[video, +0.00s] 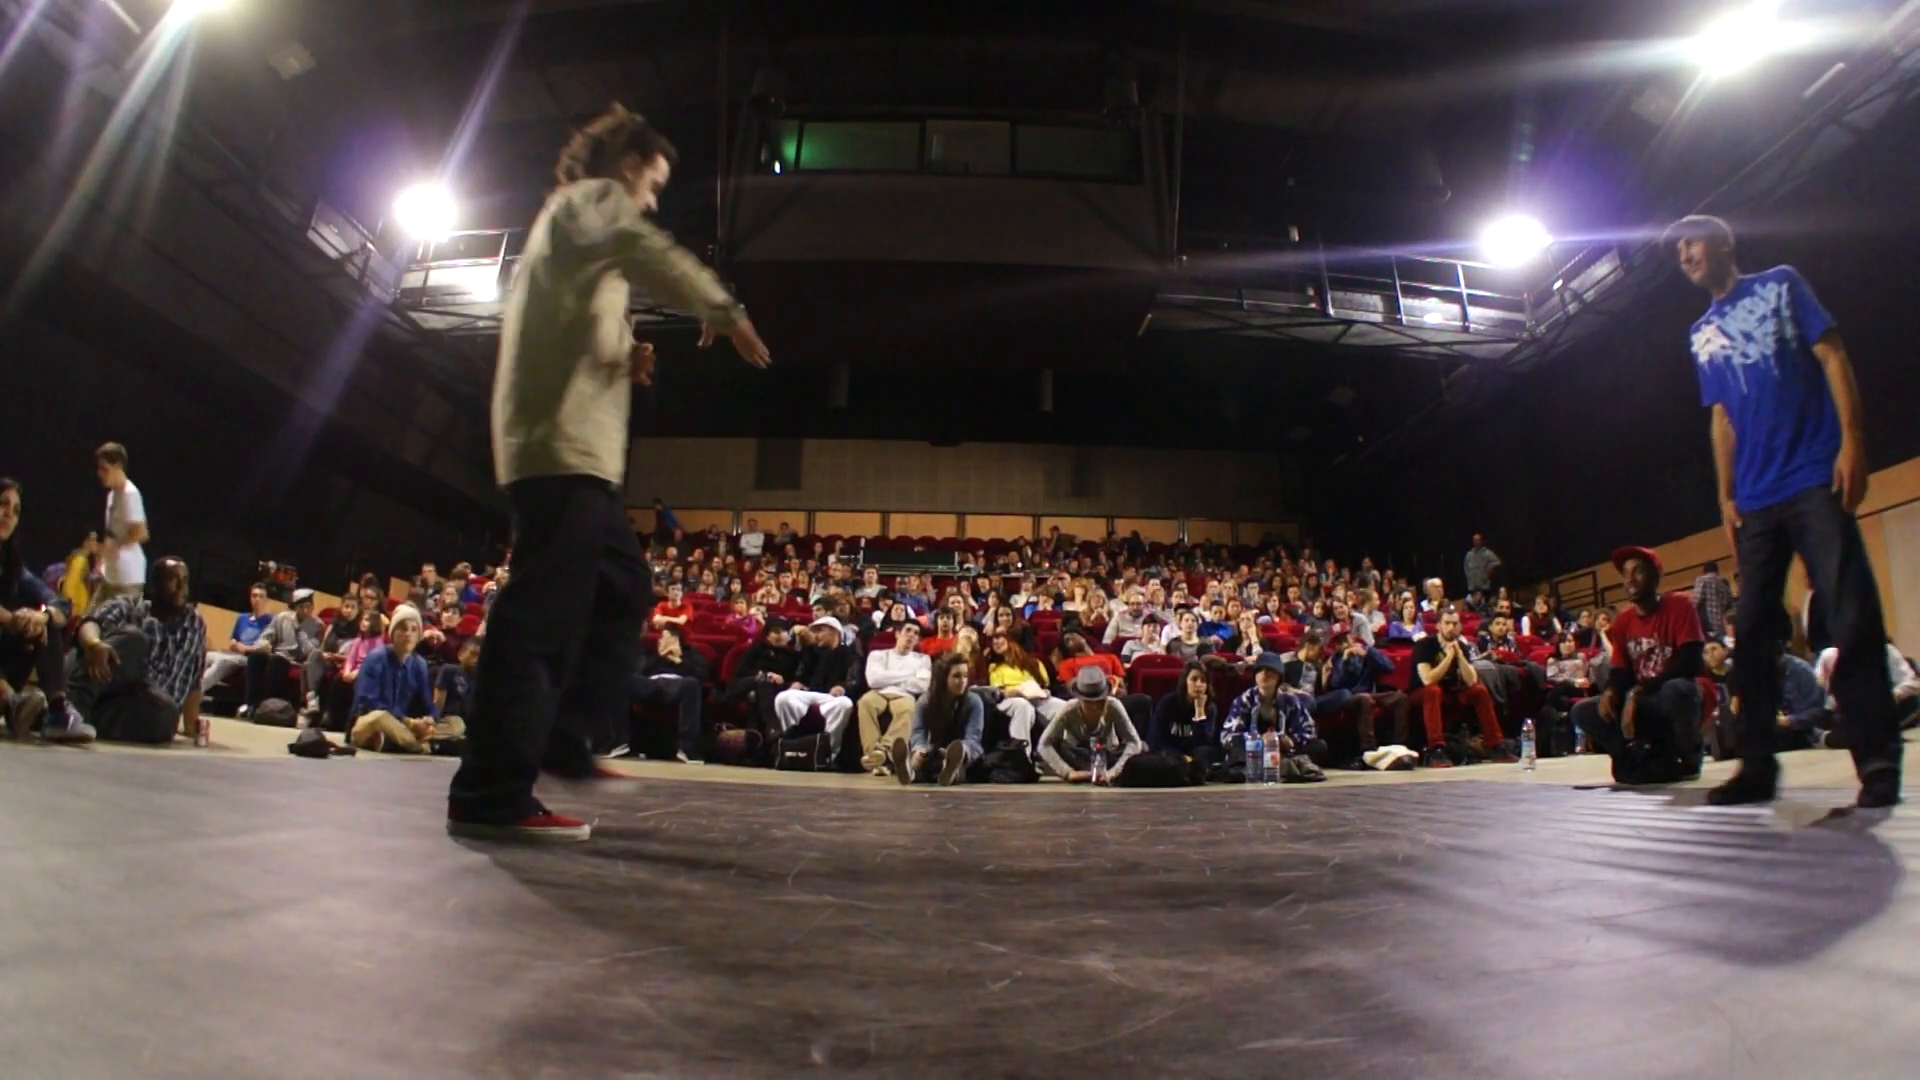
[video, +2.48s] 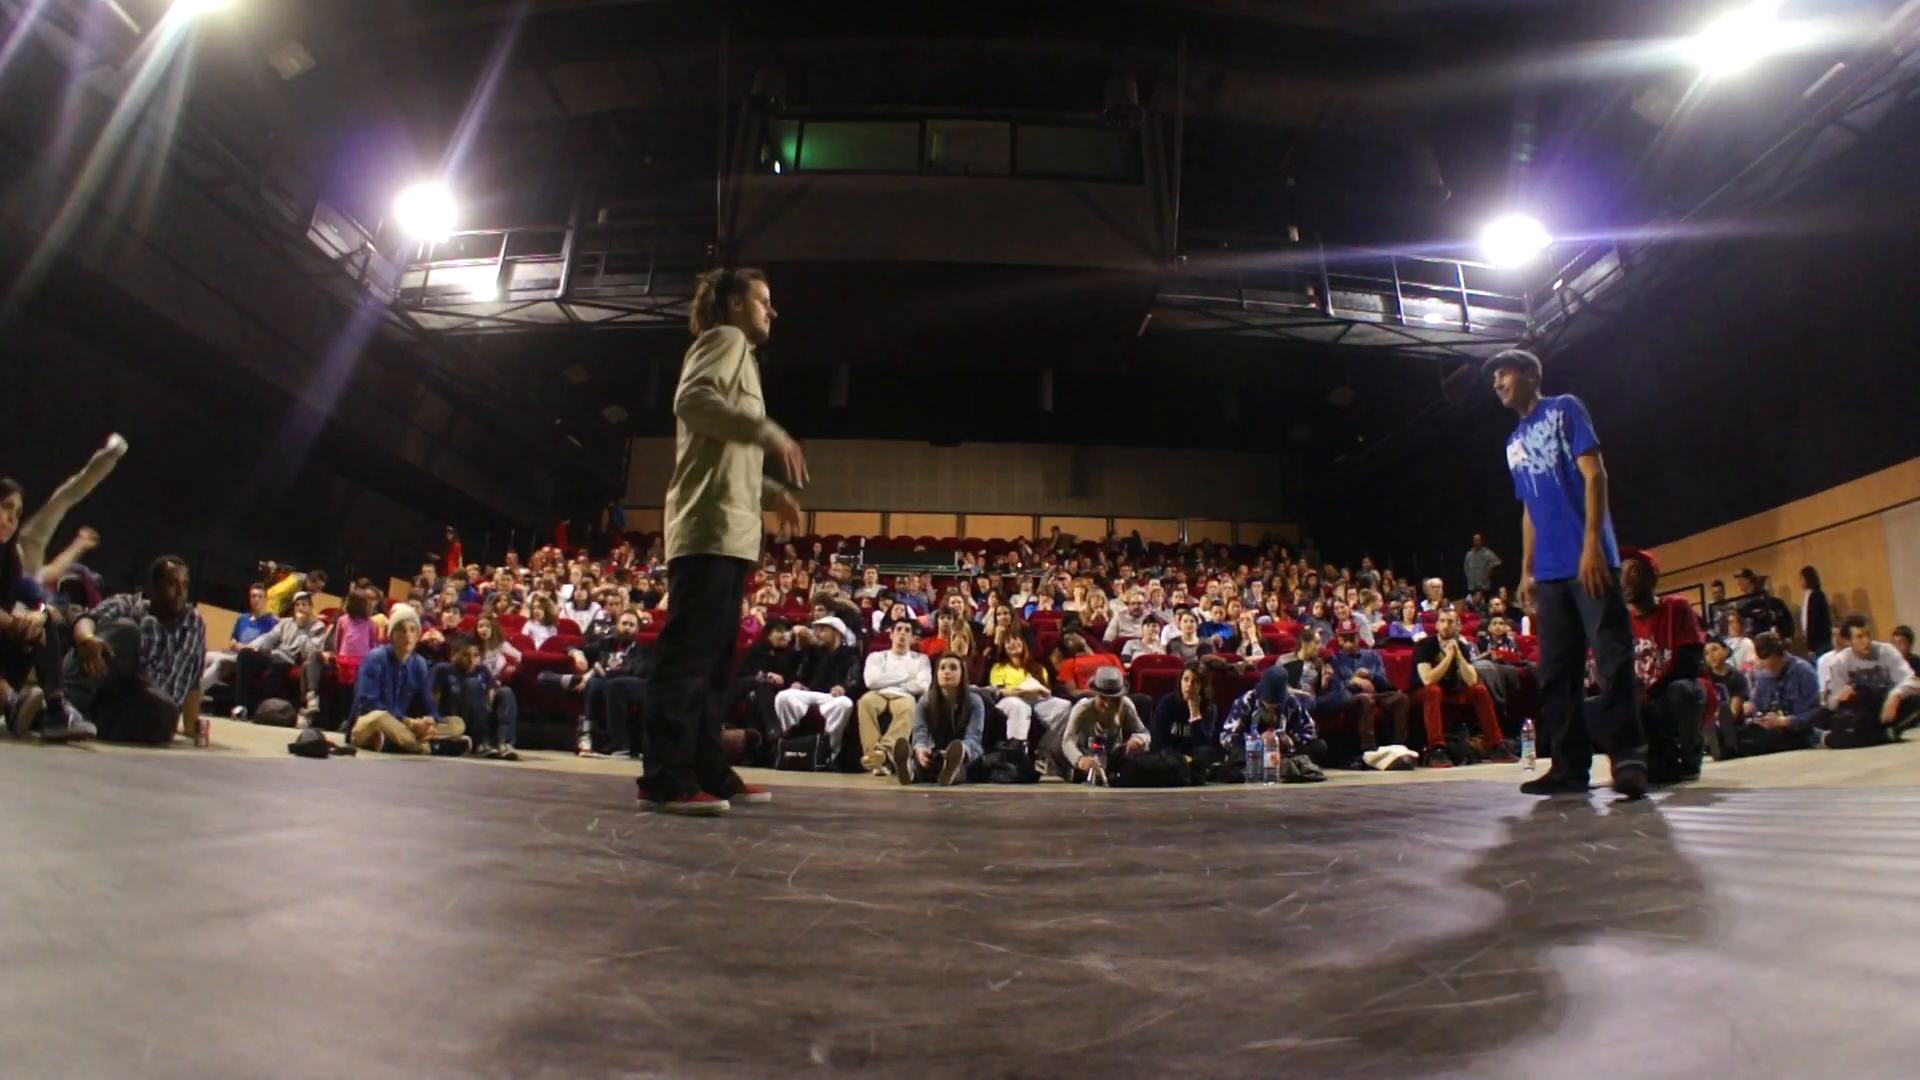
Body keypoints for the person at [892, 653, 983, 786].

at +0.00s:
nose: (962, 681)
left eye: (965, 676)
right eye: (956, 676)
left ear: (968, 678)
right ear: (943, 678)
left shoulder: (974, 702)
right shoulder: (926, 701)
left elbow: (973, 738)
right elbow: (918, 731)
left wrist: (960, 751)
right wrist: (919, 749)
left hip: (959, 750)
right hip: (932, 749)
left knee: (955, 762)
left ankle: (950, 772)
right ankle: (910, 770)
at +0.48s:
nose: (963, 681)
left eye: (966, 676)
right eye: (957, 676)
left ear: (969, 677)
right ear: (944, 678)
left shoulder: (975, 702)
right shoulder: (927, 701)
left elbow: (976, 739)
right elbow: (921, 727)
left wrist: (963, 752)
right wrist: (918, 750)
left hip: (961, 748)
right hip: (933, 746)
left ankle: (949, 772)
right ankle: (911, 770)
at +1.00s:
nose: (963, 681)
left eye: (966, 676)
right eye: (957, 677)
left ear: (969, 677)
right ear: (943, 678)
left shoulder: (975, 702)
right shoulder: (926, 702)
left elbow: (973, 737)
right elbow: (919, 731)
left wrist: (962, 751)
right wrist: (920, 748)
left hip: (961, 749)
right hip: (934, 749)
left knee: (956, 762)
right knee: (920, 762)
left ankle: (949, 773)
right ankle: (910, 769)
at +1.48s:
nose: (952, 673)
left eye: (958, 669)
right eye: (947, 668)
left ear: (965, 674)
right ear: (938, 673)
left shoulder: (975, 701)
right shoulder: (925, 701)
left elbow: (973, 738)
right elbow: (920, 731)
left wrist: (960, 751)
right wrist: (919, 748)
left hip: (962, 750)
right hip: (934, 749)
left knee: (957, 762)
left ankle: (950, 772)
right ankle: (910, 768)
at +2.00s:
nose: (949, 672)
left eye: (955, 668)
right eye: (944, 667)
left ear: (963, 674)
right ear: (937, 673)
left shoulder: (975, 701)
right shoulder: (926, 701)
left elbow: (974, 738)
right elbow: (920, 730)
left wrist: (961, 751)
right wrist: (920, 747)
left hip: (962, 751)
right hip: (934, 749)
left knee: (956, 763)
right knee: (920, 761)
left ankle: (949, 774)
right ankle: (910, 769)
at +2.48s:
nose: (947, 672)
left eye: (953, 668)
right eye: (942, 668)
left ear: (962, 673)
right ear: (936, 673)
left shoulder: (974, 701)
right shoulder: (925, 701)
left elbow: (974, 737)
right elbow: (920, 730)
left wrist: (961, 751)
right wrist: (920, 748)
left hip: (961, 752)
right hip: (933, 750)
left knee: (955, 764)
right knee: (918, 762)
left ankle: (949, 774)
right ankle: (909, 769)